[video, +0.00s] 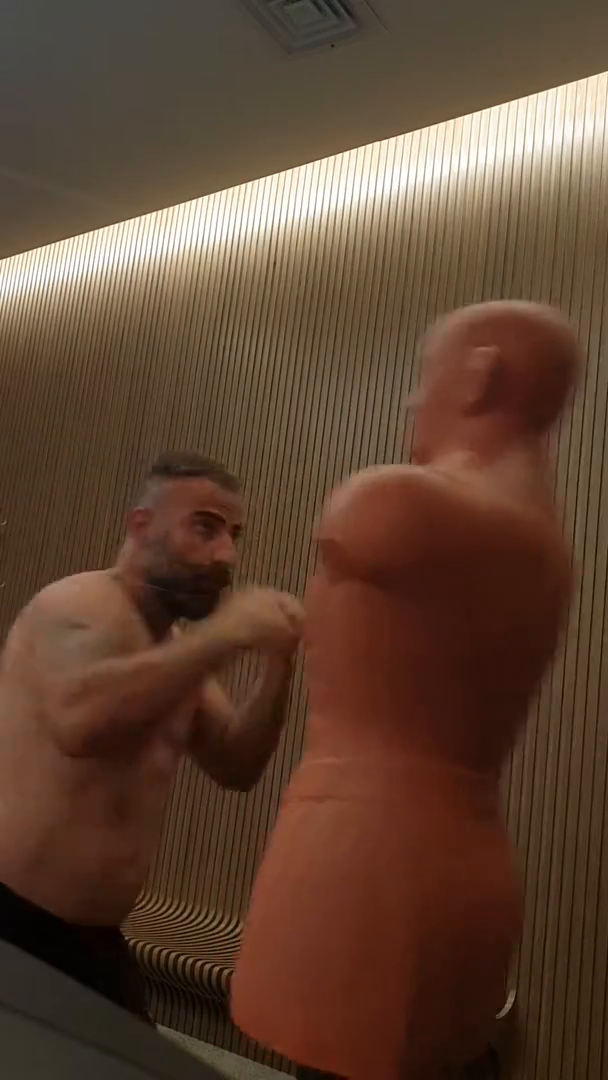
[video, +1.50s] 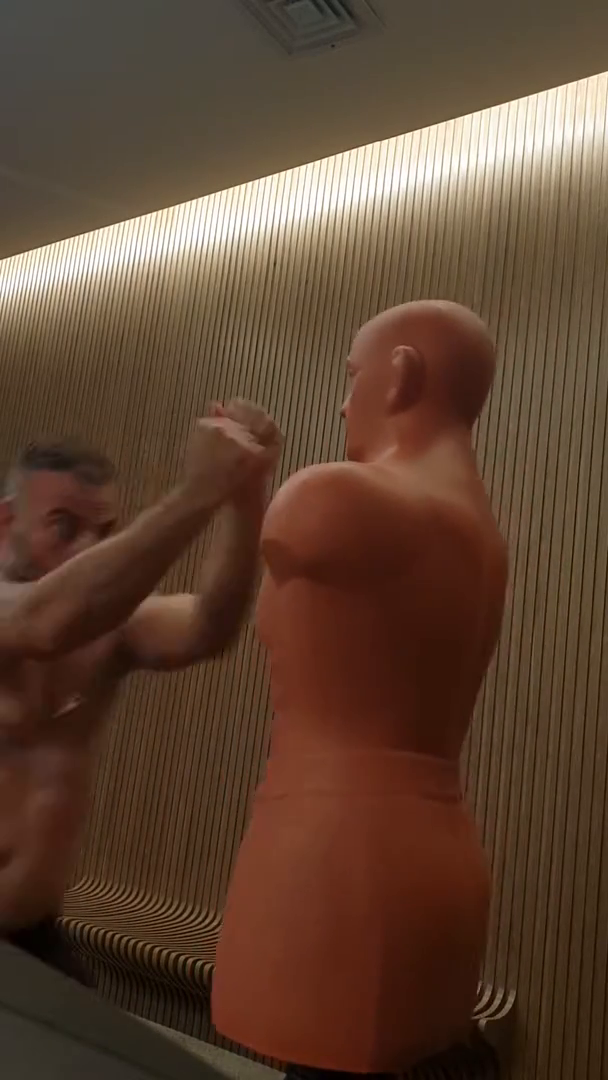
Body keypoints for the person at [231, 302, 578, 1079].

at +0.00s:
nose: (415, 401)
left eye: (427, 375)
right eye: (420, 377)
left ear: (480, 377)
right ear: (548, 403)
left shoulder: (402, 508)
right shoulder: (545, 547)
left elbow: (346, 518)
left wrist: (441, 464)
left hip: (364, 868)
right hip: (462, 861)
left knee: (325, 1062)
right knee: (422, 1065)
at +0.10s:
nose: (317, 417)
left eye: (324, 390)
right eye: (319, 393)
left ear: (372, 386)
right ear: (442, 407)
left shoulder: (305, 504)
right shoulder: (463, 541)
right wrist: (249, 596)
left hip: (310, 847)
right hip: (424, 836)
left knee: (279, 1060)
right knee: (392, 1061)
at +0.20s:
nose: (284, 416)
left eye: (289, 390)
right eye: (286, 392)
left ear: (332, 386)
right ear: (403, 402)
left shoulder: (275, 502)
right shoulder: (426, 532)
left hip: (291, 846)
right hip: (405, 833)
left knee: (276, 1059)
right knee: (364, 1055)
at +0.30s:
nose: (310, 408)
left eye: (317, 381)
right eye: (312, 383)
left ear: (362, 378)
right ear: (429, 397)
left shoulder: (304, 500)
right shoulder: (450, 535)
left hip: (308, 856)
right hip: (418, 843)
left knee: (275, 1062)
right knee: (385, 1059)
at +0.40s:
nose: (378, 393)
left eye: (390, 368)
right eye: (381, 369)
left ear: (441, 372)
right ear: (499, 394)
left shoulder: (360, 503)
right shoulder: (510, 540)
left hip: (342, 872)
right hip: (450, 861)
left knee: (299, 1063)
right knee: (411, 1064)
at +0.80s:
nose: (333, 411)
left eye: (341, 383)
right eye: (335, 386)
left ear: (390, 380)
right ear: (459, 403)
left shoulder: (318, 502)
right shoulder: (474, 540)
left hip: (319, 860)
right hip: (427, 847)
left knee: (282, 1064)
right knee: (391, 1060)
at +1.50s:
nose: (345, 401)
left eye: (354, 376)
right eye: (347, 378)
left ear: (404, 376)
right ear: (467, 398)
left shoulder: (332, 501)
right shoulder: (479, 528)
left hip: (332, 859)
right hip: (434, 846)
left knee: (293, 1063)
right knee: (404, 1063)